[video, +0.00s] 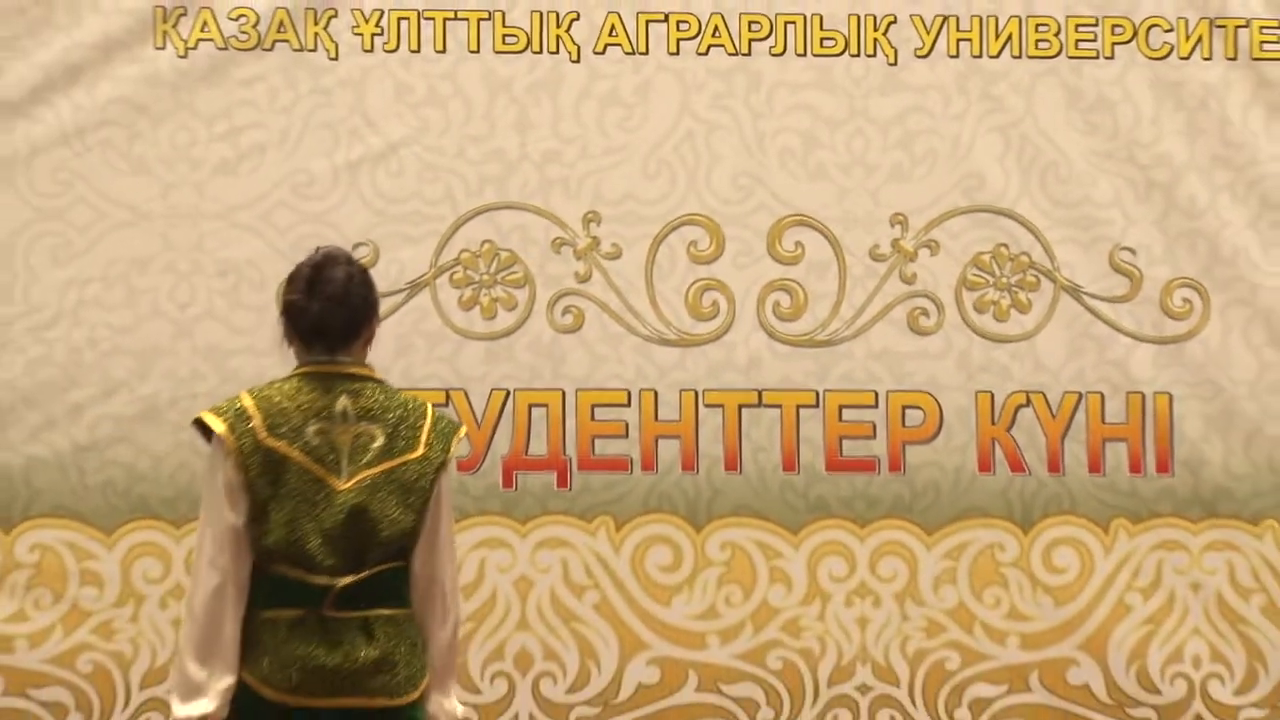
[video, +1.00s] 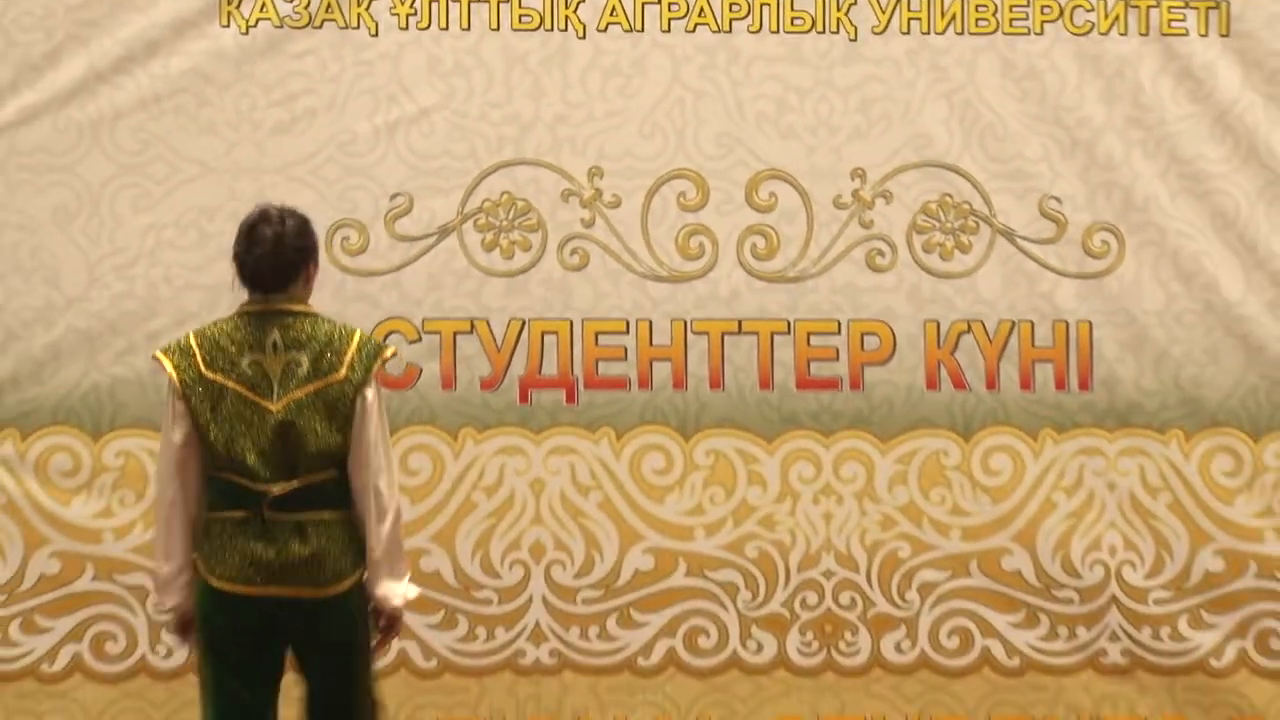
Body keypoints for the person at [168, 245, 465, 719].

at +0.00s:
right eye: (375, 320)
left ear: (287, 330)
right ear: (372, 330)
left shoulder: (244, 424)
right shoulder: (423, 429)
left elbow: (219, 574)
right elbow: (434, 576)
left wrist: (197, 700)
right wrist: (442, 699)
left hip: (273, 689)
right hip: (389, 690)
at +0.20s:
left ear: (291, 319)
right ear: (374, 320)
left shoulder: (260, 408)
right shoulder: (421, 413)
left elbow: (235, 551)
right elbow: (427, 557)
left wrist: (205, 679)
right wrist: (419, 667)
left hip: (280, 670)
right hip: (381, 670)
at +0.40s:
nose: (269, 311)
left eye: (270, 302)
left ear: (275, 313)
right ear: (354, 315)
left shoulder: (240, 402)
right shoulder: (395, 409)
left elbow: (221, 545)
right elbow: (395, 550)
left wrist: (192, 671)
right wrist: (393, 667)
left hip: (257, 664)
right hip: (352, 667)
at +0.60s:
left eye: (246, 295)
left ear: (253, 305)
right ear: (328, 306)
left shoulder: (217, 392)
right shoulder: (369, 402)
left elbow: (188, 533)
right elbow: (369, 540)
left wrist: (150, 652)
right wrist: (364, 651)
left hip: (222, 654)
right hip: (320, 658)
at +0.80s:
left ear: (237, 292)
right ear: (314, 291)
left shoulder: (200, 380)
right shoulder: (358, 382)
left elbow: (168, 512)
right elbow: (368, 513)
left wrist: (141, 624)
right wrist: (367, 622)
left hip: (222, 623)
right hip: (318, 627)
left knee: (218, 709)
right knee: (309, 710)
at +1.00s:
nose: (317, 271)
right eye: (316, 262)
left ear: (240, 270)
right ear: (311, 270)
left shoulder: (192, 357)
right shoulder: (351, 353)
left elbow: (177, 486)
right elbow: (372, 480)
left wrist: (175, 594)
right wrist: (388, 585)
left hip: (231, 598)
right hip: (331, 597)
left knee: (235, 713)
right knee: (344, 711)